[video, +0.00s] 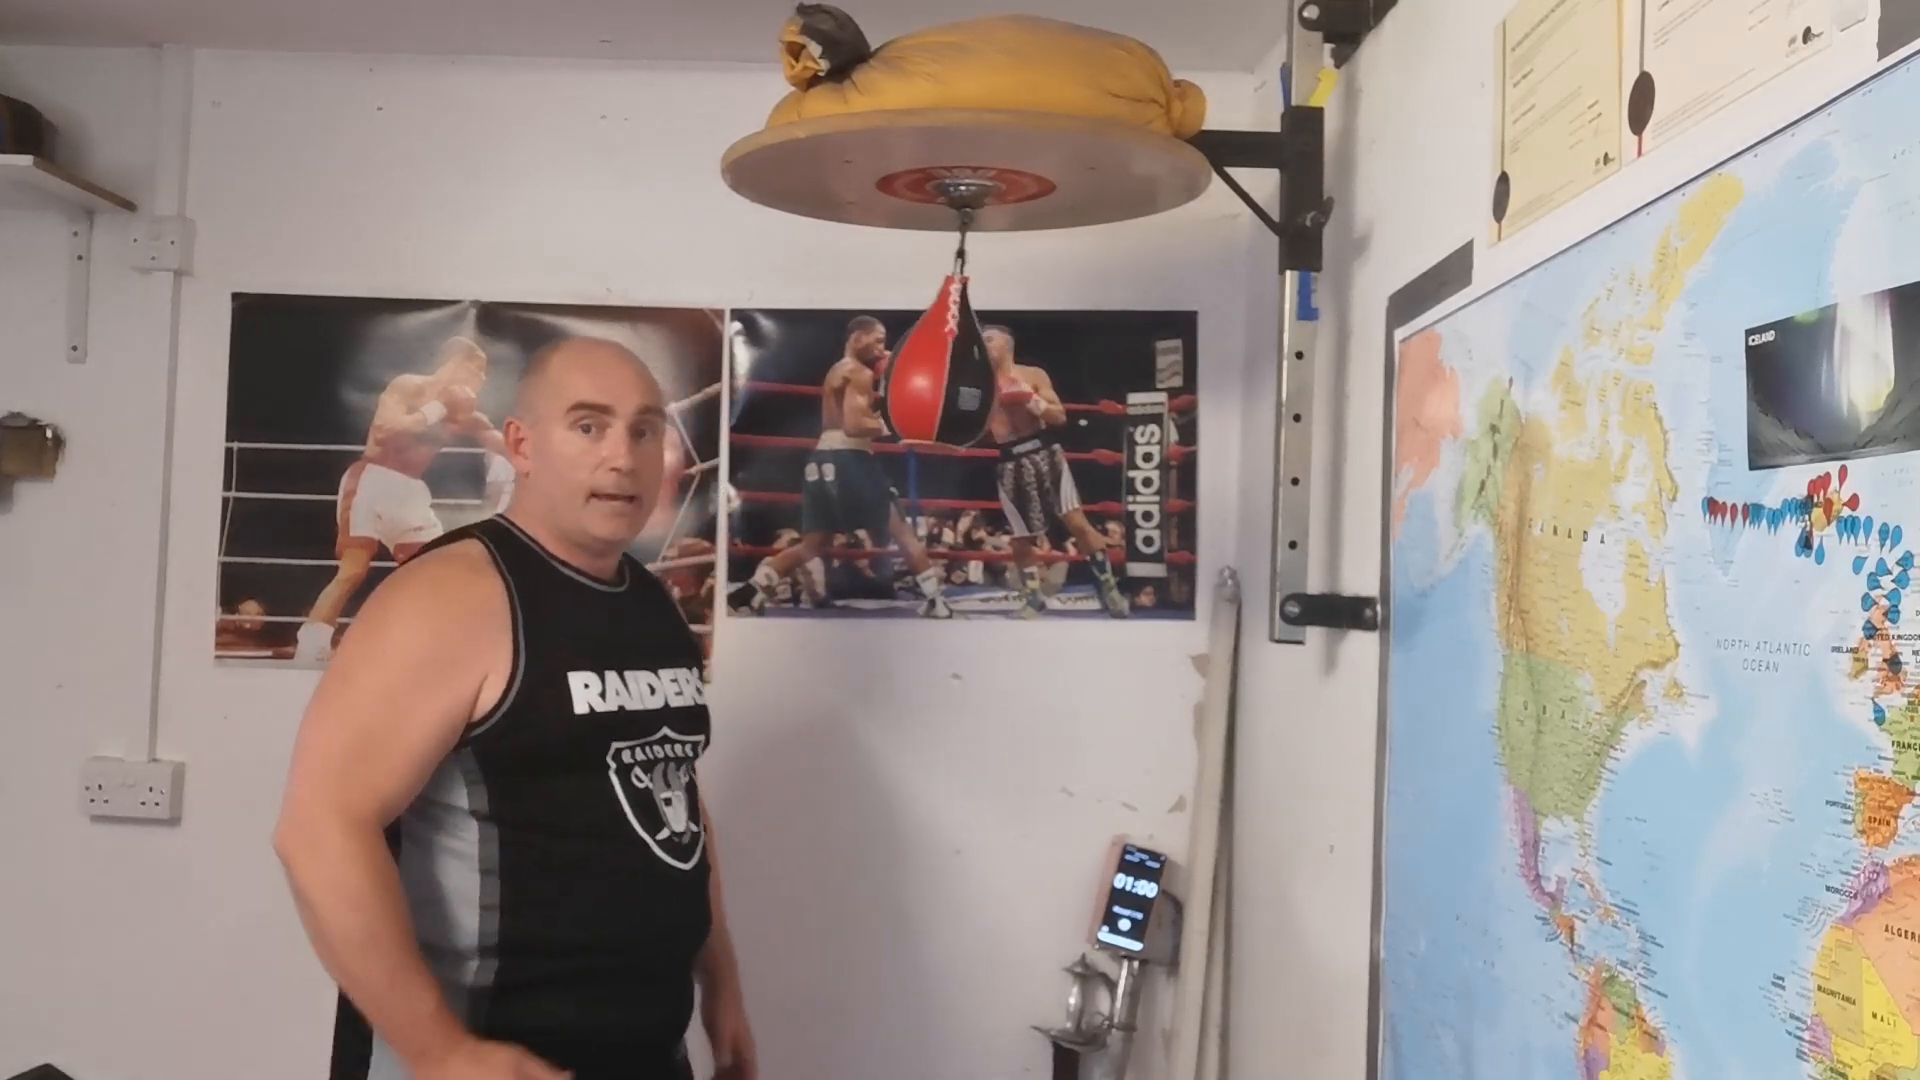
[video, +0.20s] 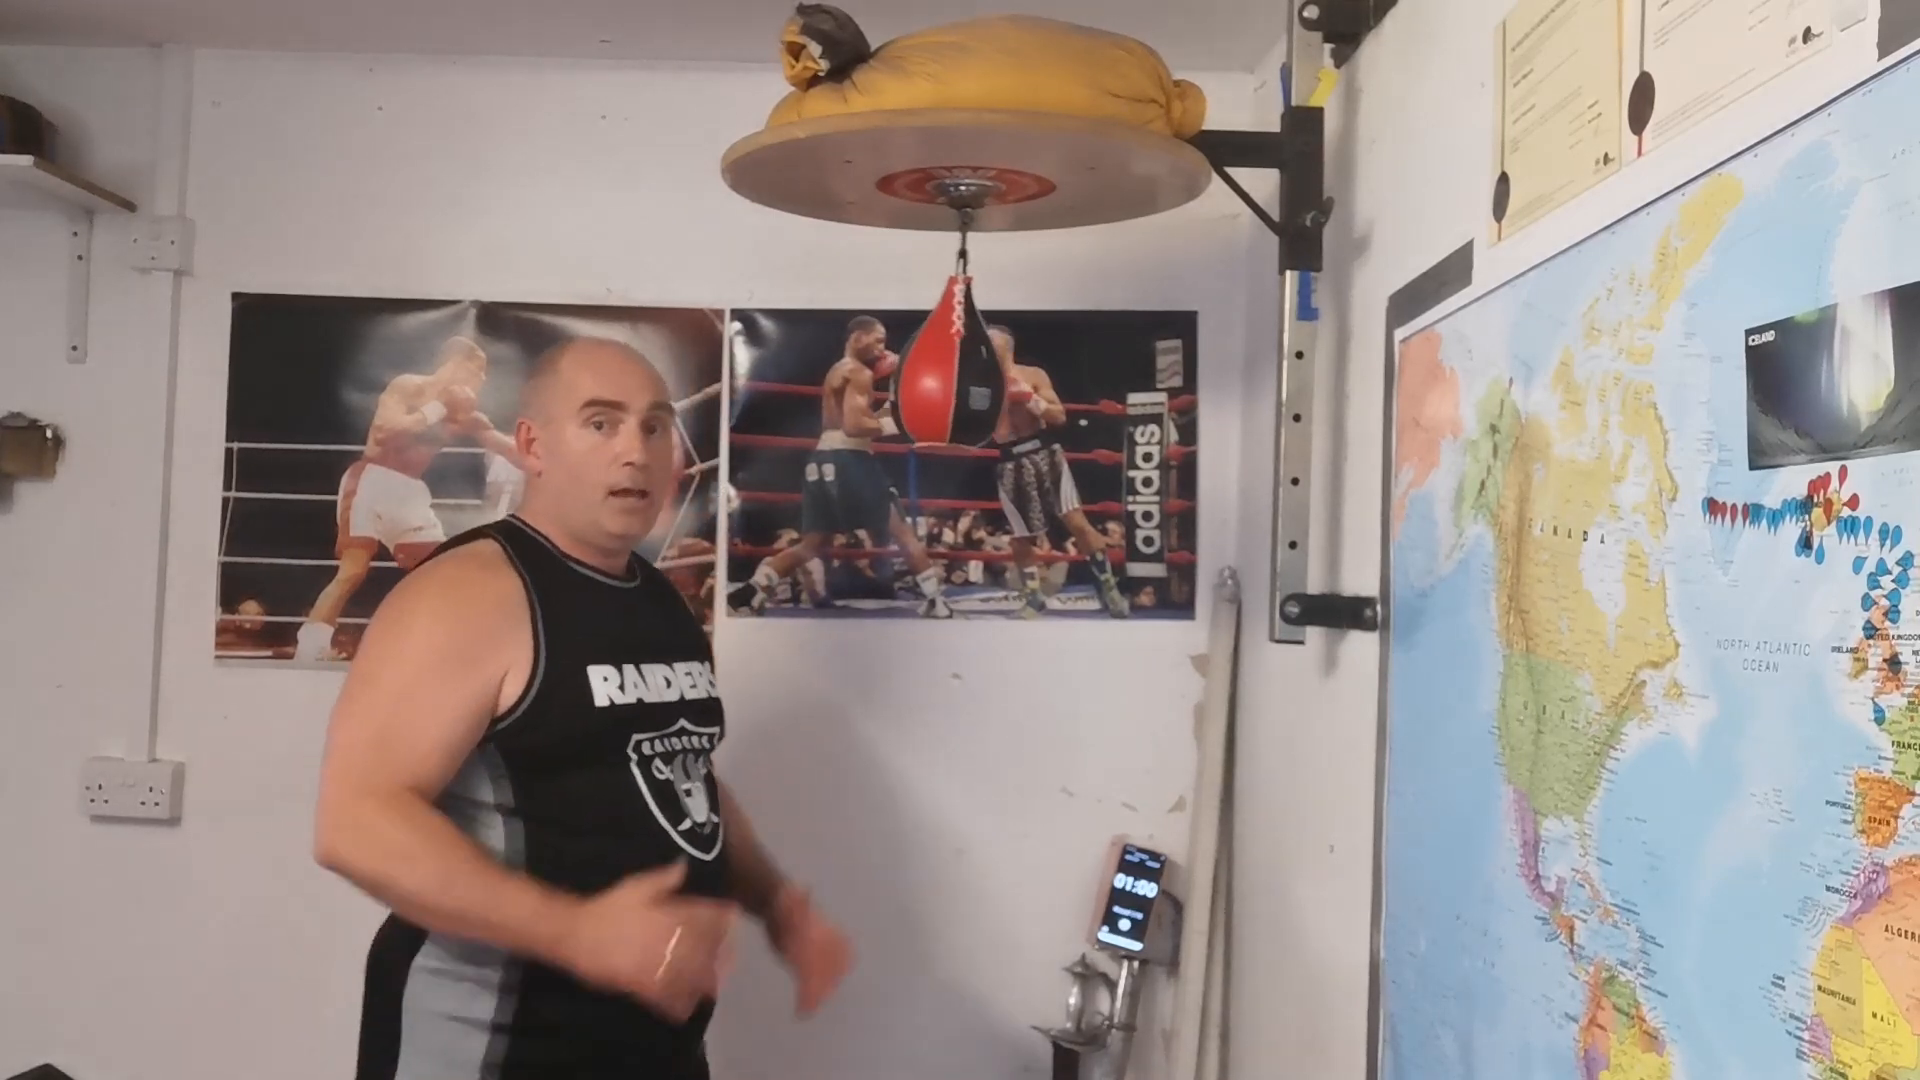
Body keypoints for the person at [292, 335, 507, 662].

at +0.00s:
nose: (478, 382)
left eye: (481, 375)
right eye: (475, 372)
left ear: (475, 379)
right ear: (453, 365)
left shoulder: (462, 413)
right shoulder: (405, 386)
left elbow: (504, 448)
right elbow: (384, 432)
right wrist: (438, 408)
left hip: (411, 492)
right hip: (370, 482)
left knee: (435, 576)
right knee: (352, 572)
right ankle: (309, 647)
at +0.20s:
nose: (479, 383)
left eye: (482, 376)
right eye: (477, 372)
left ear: (473, 375)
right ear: (456, 365)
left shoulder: (462, 410)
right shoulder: (405, 386)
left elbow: (498, 443)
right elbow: (384, 432)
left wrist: (536, 467)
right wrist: (438, 408)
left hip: (409, 492)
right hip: (368, 483)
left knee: (438, 576)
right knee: (353, 571)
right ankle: (307, 648)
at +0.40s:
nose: (477, 383)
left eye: (481, 376)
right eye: (473, 372)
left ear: (476, 379)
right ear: (452, 364)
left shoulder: (463, 409)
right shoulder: (406, 386)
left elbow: (503, 446)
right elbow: (384, 430)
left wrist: (551, 471)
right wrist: (431, 413)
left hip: (411, 493)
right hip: (372, 483)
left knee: (448, 574)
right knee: (351, 572)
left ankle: (459, 653)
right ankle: (307, 647)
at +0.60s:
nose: (474, 384)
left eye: (478, 377)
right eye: (469, 374)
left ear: (475, 380)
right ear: (449, 365)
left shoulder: (463, 411)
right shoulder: (404, 386)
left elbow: (507, 449)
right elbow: (383, 429)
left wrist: (561, 476)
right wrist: (429, 414)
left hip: (408, 493)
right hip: (370, 484)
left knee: (449, 574)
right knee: (352, 570)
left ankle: (426, 653)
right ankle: (307, 647)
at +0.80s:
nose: (473, 386)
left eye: (478, 380)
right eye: (471, 375)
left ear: (475, 383)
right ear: (451, 366)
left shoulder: (464, 415)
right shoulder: (406, 387)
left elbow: (511, 450)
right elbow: (385, 430)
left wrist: (564, 478)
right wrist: (435, 411)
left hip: (409, 492)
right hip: (370, 482)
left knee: (450, 574)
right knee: (352, 571)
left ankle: (424, 656)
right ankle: (306, 650)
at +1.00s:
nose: (475, 386)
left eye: (479, 380)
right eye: (472, 376)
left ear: (475, 384)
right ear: (451, 367)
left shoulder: (463, 415)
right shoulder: (406, 387)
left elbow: (511, 450)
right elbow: (384, 432)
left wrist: (566, 478)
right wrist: (437, 409)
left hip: (409, 492)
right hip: (370, 481)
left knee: (449, 573)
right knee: (353, 571)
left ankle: (424, 656)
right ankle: (306, 652)